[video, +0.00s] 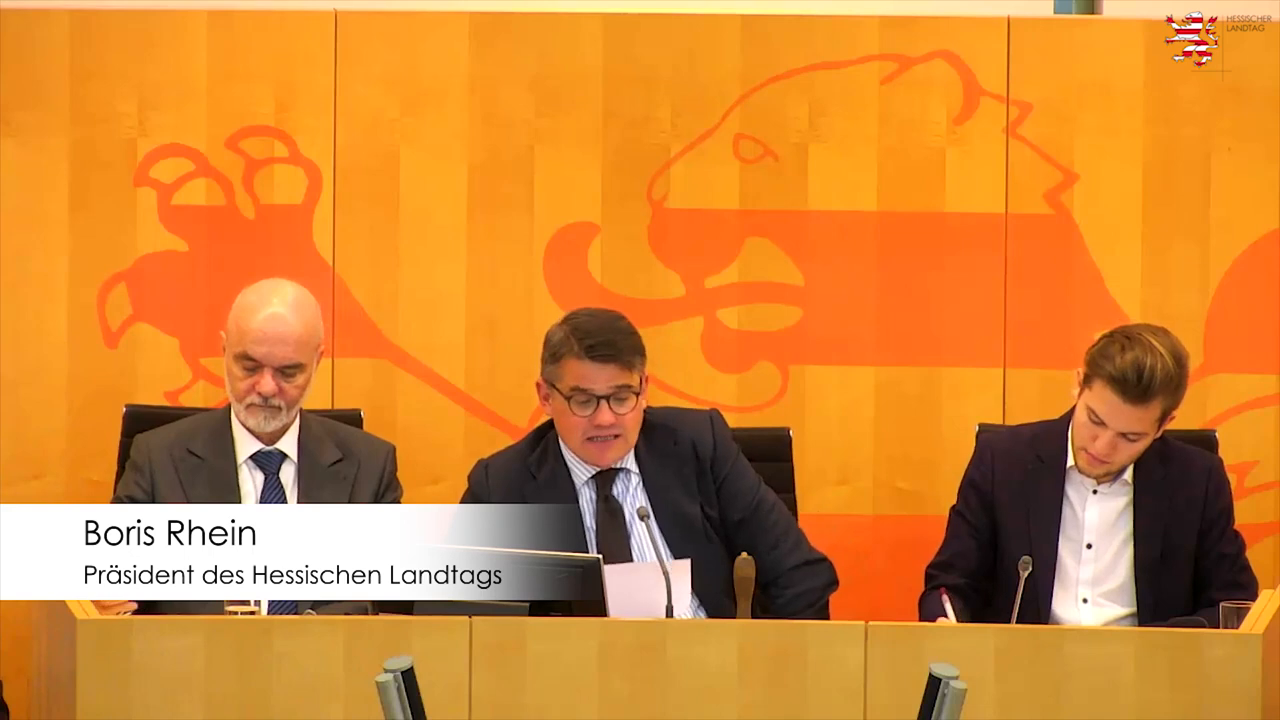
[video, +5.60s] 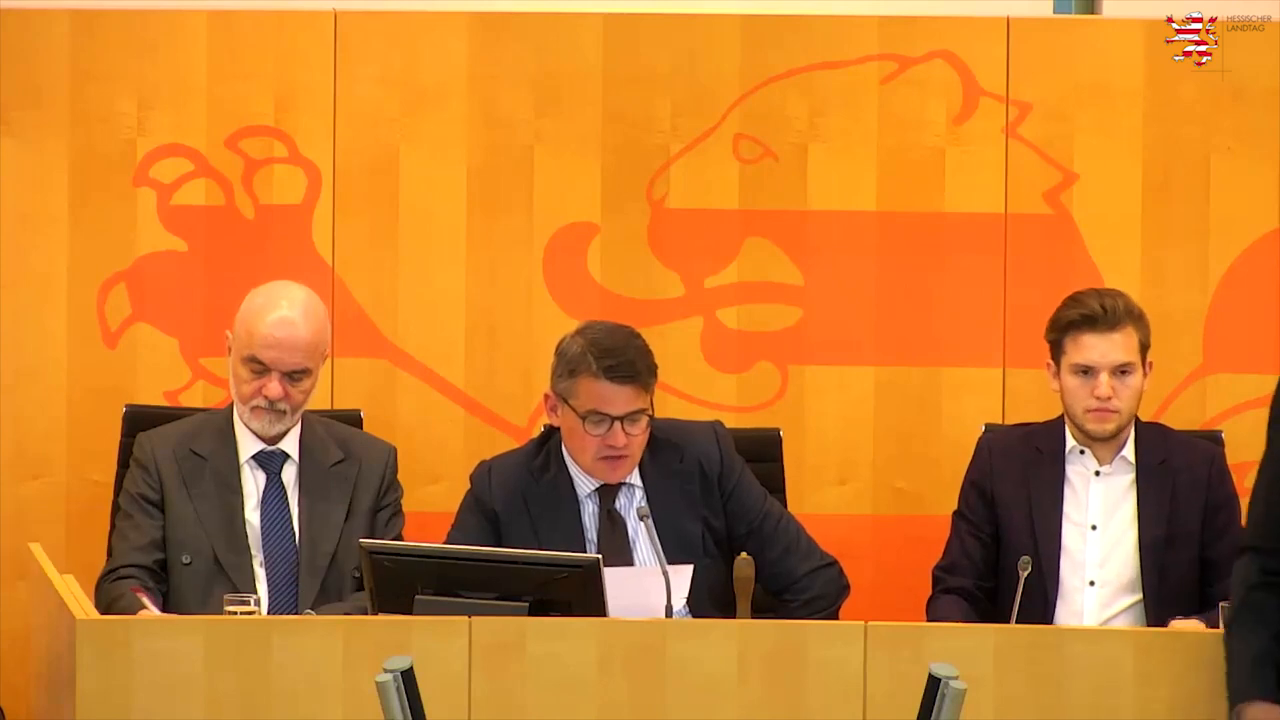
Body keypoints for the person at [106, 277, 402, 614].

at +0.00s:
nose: (266, 389)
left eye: (288, 372)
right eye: (249, 366)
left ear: (318, 360)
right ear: (224, 350)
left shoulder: (371, 463)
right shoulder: (155, 458)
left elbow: (392, 593)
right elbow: (113, 570)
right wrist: (104, 602)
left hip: (327, 669)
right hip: (190, 668)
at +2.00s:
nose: (266, 391)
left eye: (288, 375)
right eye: (249, 367)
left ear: (318, 363)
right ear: (224, 352)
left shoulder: (370, 463)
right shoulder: (156, 457)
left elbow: (389, 590)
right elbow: (113, 571)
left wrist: (313, 633)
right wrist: (138, 606)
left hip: (325, 665)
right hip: (193, 663)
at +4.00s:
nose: (289, 391)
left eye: (306, 373)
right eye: (269, 371)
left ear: (323, 363)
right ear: (228, 357)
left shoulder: (371, 463)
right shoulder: (160, 456)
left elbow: (385, 587)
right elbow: (118, 577)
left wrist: (312, 633)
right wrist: (148, 618)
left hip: (326, 664)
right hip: (197, 659)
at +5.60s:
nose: (274, 392)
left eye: (296, 376)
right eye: (257, 368)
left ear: (322, 362)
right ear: (229, 349)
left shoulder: (372, 464)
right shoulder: (160, 456)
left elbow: (391, 594)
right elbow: (125, 578)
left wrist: (316, 629)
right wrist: (146, 620)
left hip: (331, 675)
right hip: (199, 670)